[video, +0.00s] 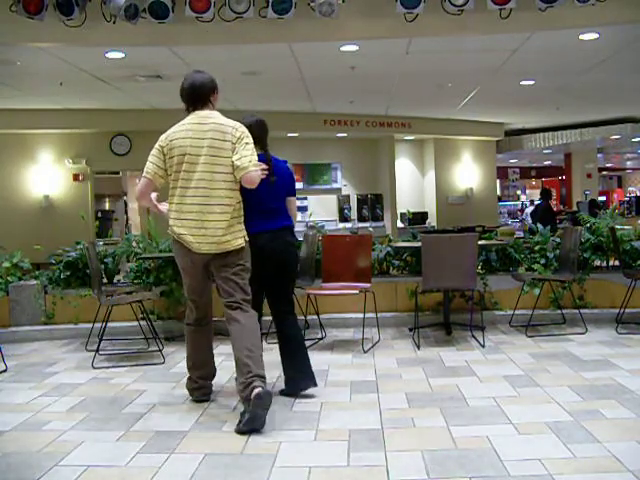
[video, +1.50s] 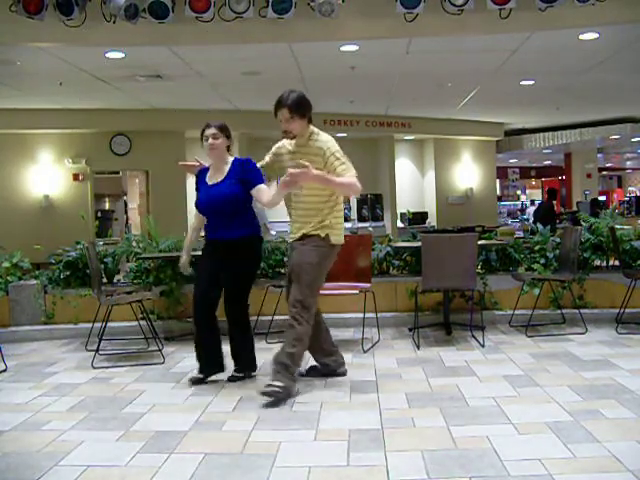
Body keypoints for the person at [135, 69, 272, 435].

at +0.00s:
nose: (219, 99)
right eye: (218, 94)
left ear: (184, 101)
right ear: (215, 97)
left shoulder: (171, 136)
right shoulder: (235, 131)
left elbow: (143, 193)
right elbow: (250, 180)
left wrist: (158, 206)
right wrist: (256, 171)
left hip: (186, 237)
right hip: (228, 236)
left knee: (196, 314)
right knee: (240, 308)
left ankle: (199, 386)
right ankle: (253, 385)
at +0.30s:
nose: (207, 113)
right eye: (206, 108)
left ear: (175, 115)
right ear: (204, 109)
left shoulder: (164, 147)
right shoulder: (226, 138)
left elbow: (139, 200)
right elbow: (243, 188)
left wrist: (156, 210)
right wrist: (255, 175)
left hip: (185, 243)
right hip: (226, 240)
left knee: (197, 313)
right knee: (245, 306)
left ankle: (199, 386)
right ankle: (261, 367)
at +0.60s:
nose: (174, 130)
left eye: (173, 125)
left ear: (177, 124)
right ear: (202, 115)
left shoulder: (172, 153)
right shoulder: (233, 143)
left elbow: (155, 207)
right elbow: (264, 187)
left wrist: (141, 204)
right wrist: (270, 171)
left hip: (197, 246)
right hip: (238, 244)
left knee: (202, 315)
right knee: (260, 308)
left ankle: (200, 386)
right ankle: (304, 375)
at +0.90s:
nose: (203, 134)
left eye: (204, 128)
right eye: (201, 129)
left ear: (217, 123)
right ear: (229, 122)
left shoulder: (222, 153)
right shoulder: (260, 147)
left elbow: (204, 210)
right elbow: (279, 192)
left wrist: (168, 206)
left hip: (242, 252)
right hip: (275, 249)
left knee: (214, 311)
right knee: (274, 307)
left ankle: (204, 385)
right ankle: (321, 352)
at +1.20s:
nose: (254, 135)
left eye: (257, 128)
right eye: (253, 128)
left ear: (276, 126)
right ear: (277, 127)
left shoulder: (291, 154)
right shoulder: (289, 150)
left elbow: (284, 206)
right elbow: (280, 192)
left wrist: (235, 199)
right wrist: (256, 180)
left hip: (292, 246)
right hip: (301, 245)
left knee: (258, 310)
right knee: (292, 312)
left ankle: (224, 379)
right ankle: (329, 363)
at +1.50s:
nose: (211, 141)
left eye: (216, 137)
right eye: (207, 138)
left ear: (228, 141)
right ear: (203, 145)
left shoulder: (244, 166)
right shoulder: (202, 176)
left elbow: (267, 199)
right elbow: (199, 218)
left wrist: (284, 185)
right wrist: (186, 252)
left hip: (244, 245)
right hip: (214, 246)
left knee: (235, 306)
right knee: (203, 305)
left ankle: (245, 366)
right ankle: (210, 365)